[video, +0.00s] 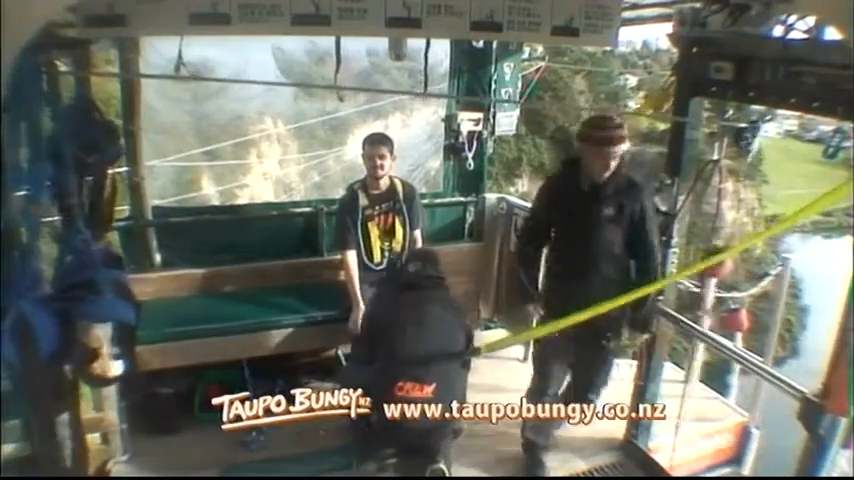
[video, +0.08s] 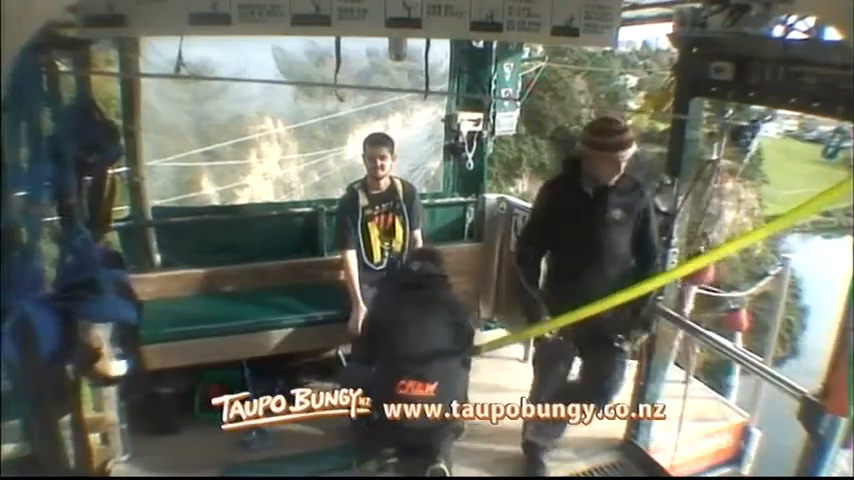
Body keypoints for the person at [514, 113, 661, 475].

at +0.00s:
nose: (612, 158)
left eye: (617, 151)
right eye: (604, 150)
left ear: (623, 152)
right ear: (584, 149)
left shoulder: (632, 193)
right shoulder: (558, 187)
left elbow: (648, 254)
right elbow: (530, 241)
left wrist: (645, 308)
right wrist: (528, 294)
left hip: (608, 305)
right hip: (561, 300)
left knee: (588, 389)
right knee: (547, 383)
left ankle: (545, 422)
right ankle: (533, 449)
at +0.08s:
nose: (621, 166)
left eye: (626, 159)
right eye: (613, 159)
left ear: (631, 155)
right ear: (590, 154)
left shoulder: (636, 194)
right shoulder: (558, 190)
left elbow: (650, 258)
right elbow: (527, 252)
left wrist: (644, 312)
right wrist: (535, 311)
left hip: (612, 312)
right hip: (561, 308)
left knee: (601, 391)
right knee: (549, 386)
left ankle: (547, 403)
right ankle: (535, 449)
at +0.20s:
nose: (637, 172)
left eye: (641, 165)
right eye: (631, 164)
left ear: (643, 163)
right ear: (608, 157)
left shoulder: (644, 203)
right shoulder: (564, 195)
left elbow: (652, 267)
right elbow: (541, 265)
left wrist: (646, 321)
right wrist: (559, 324)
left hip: (618, 318)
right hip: (569, 315)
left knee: (622, 394)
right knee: (554, 392)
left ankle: (576, 434)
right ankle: (536, 449)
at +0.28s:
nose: (652, 186)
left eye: (658, 180)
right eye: (647, 177)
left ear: (662, 176)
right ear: (624, 164)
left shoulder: (652, 212)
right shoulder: (577, 201)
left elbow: (653, 273)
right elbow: (557, 275)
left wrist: (648, 325)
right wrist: (576, 334)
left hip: (620, 321)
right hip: (575, 316)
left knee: (630, 402)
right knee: (559, 389)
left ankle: (598, 468)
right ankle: (537, 456)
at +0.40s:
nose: (676, 202)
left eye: (683, 197)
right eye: (674, 192)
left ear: (685, 195)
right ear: (655, 176)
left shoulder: (664, 215)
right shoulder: (602, 211)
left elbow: (656, 281)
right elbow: (584, 295)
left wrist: (652, 335)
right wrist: (613, 360)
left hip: (631, 335)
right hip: (586, 329)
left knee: (631, 431)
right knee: (562, 397)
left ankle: (640, 470)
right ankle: (538, 450)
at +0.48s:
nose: (696, 213)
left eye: (703, 208)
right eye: (697, 203)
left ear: (701, 201)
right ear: (680, 187)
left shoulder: (669, 222)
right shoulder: (621, 214)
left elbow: (659, 292)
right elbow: (597, 303)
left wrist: (661, 343)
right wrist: (628, 364)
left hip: (639, 347)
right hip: (597, 339)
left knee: (641, 449)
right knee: (572, 403)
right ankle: (538, 449)